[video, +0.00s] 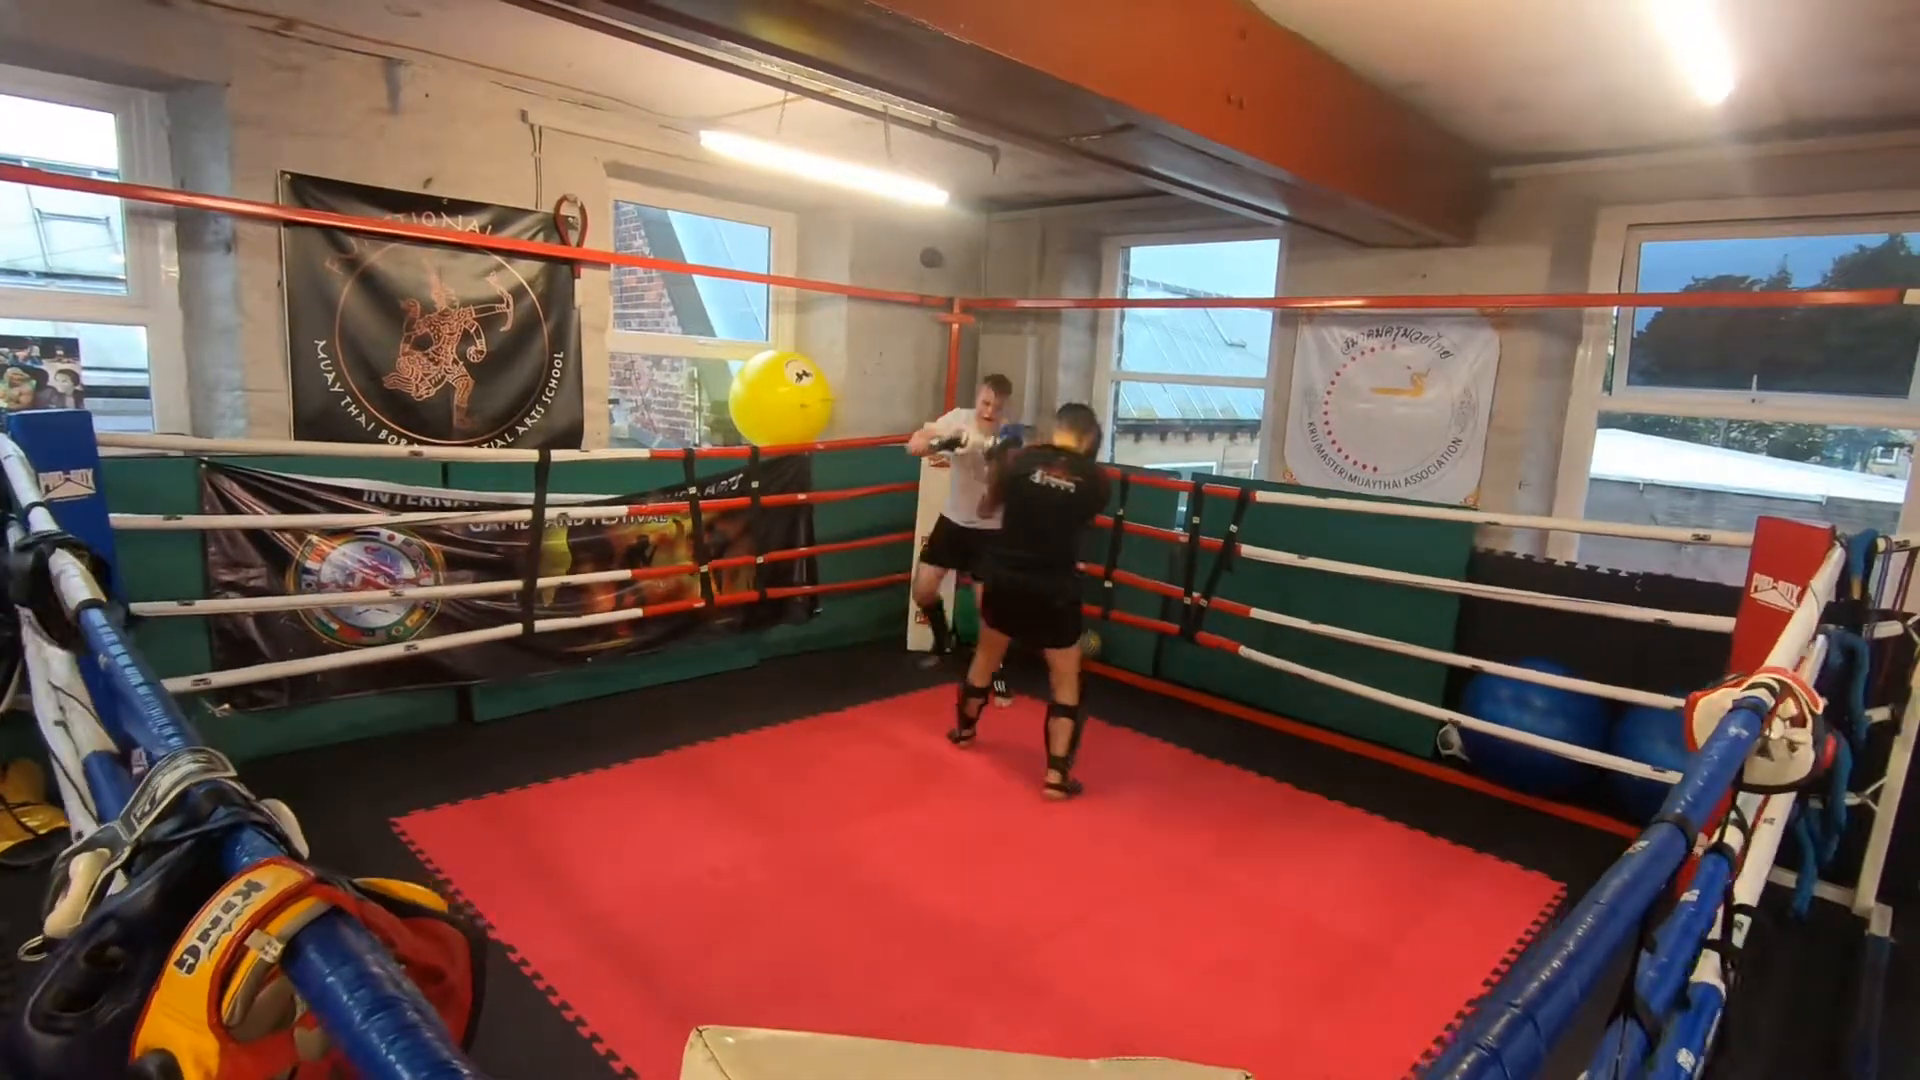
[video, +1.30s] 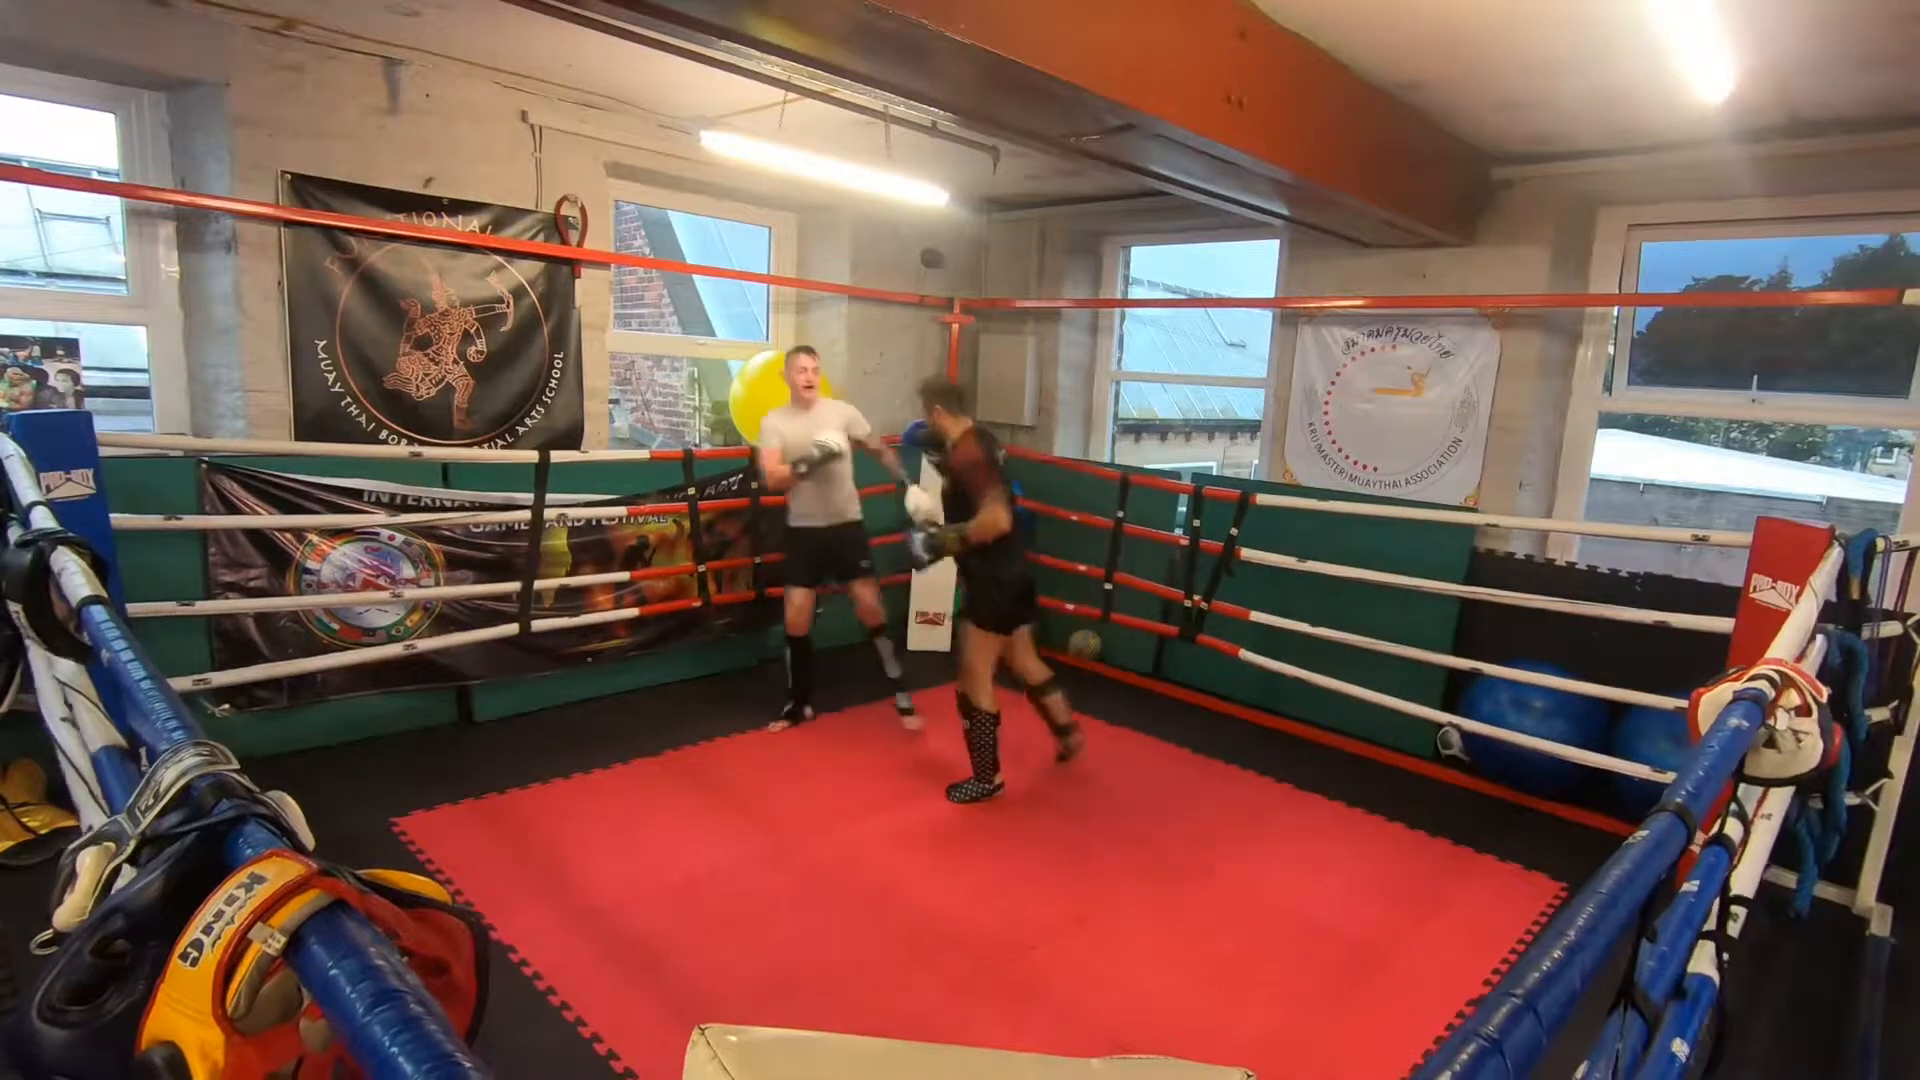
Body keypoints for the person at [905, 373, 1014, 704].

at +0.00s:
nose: (989, 411)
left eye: (996, 406)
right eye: (985, 404)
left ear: (1005, 407)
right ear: (976, 399)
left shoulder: (1012, 434)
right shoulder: (958, 419)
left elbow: (1020, 474)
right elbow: (915, 445)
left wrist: (997, 453)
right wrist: (945, 442)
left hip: (992, 527)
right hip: (953, 521)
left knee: (989, 604)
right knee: (923, 589)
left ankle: (996, 673)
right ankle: (943, 641)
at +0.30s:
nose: (941, 413)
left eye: (948, 406)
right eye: (935, 405)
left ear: (957, 406)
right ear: (924, 403)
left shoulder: (970, 436)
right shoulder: (910, 431)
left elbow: (992, 475)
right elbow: (885, 474)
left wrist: (996, 454)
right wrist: (912, 469)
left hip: (960, 535)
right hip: (920, 532)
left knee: (972, 613)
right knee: (900, 603)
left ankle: (997, 672)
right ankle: (891, 670)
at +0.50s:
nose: (932, 409)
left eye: (938, 402)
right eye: (926, 401)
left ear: (947, 402)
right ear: (914, 400)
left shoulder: (961, 434)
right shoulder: (892, 430)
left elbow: (970, 477)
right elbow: (876, 477)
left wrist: (971, 511)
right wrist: (902, 479)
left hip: (947, 533)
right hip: (908, 533)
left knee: (956, 607)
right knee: (901, 605)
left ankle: (964, 689)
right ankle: (890, 670)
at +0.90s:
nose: (947, 421)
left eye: (952, 415)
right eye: (942, 413)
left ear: (957, 416)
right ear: (925, 407)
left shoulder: (959, 443)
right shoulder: (890, 433)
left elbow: (960, 503)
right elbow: (860, 474)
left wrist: (941, 492)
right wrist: (885, 486)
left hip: (928, 544)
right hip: (885, 540)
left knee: (938, 627)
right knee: (855, 618)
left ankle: (955, 716)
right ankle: (845, 673)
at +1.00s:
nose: (930, 424)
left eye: (936, 418)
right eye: (925, 415)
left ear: (941, 418)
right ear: (909, 408)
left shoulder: (945, 455)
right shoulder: (876, 438)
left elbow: (948, 506)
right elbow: (842, 480)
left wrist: (932, 510)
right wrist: (867, 490)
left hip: (921, 550)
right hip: (876, 546)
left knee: (937, 632)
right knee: (841, 621)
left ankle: (955, 718)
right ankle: (813, 695)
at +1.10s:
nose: (876, 408)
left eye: (883, 401)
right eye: (870, 400)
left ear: (895, 404)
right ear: (862, 403)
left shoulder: (913, 446)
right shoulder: (844, 445)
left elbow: (938, 489)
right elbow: (825, 501)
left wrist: (925, 522)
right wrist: (853, 484)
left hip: (907, 555)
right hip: (862, 552)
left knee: (929, 638)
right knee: (824, 626)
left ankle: (954, 721)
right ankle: (801, 706)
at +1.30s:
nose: (807, 377)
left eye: (812, 370)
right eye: (800, 371)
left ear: (820, 375)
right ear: (787, 377)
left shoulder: (843, 413)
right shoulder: (775, 421)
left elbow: (881, 451)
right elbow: (772, 479)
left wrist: (908, 484)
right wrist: (806, 465)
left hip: (847, 525)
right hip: (803, 529)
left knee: (870, 608)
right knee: (796, 616)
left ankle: (901, 693)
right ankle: (798, 704)